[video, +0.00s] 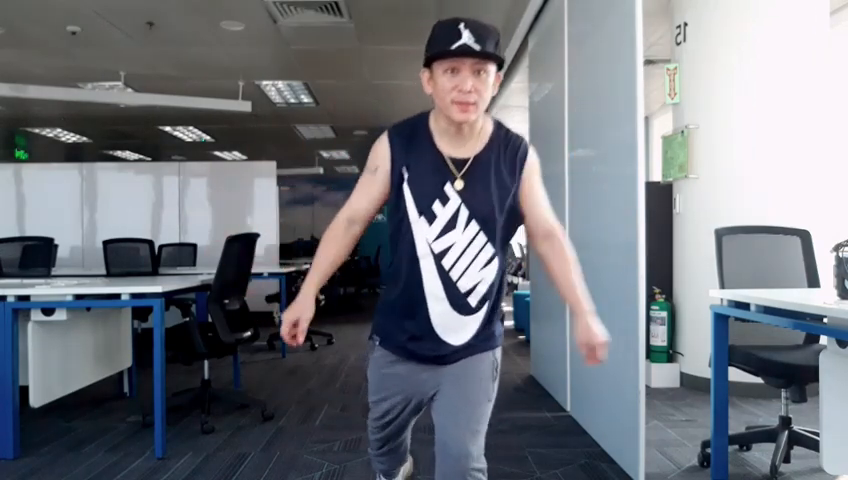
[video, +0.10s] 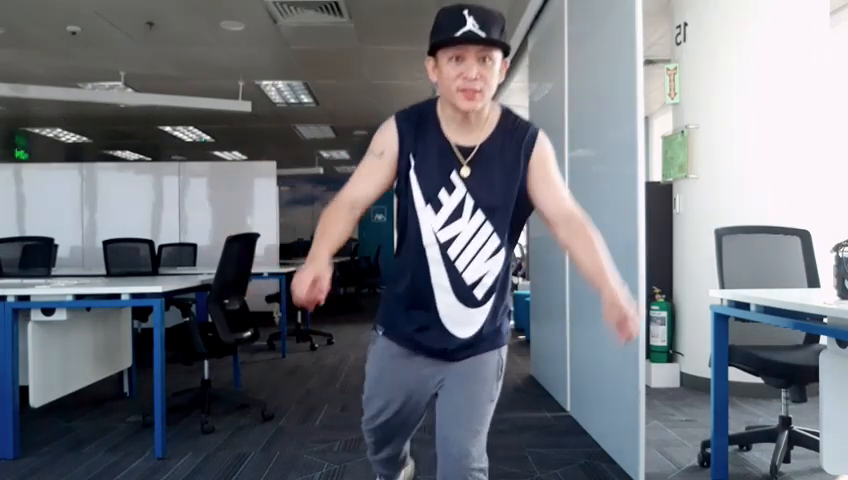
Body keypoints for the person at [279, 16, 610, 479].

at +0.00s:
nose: (466, 85)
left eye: (479, 72)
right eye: (452, 72)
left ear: (495, 81)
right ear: (427, 80)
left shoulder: (515, 154)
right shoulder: (395, 146)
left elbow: (547, 235)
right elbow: (350, 221)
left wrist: (584, 314)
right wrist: (308, 291)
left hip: (474, 344)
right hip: (400, 339)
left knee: (462, 464)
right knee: (384, 441)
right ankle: (394, 473)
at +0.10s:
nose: (471, 72)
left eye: (484, 59)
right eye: (457, 59)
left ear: (501, 69)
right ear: (433, 68)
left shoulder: (527, 144)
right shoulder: (401, 132)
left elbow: (568, 221)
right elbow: (350, 201)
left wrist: (610, 289)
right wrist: (319, 256)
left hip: (479, 340)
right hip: (405, 332)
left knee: (464, 463)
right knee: (380, 432)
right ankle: (391, 470)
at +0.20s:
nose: (472, 62)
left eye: (485, 48)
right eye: (458, 48)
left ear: (506, 56)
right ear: (435, 59)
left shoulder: (538, 128)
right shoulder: (409, 114)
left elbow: (574, 199)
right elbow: (356, 172)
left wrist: (613, 227)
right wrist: (329, 202)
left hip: (489, 337)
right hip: (411, 325)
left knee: (469, 468)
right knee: (372, 456)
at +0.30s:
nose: (478, 50)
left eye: (492, 35)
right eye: (463, 37)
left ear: (512, 44)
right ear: (441, 48)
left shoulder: (546, 117)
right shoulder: (415, 110)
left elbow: (589, 189)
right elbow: (360, 174)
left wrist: (568, 190)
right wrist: (307, 209)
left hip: (496, 337)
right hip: (416, 324)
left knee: (475, 470)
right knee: (370, 460)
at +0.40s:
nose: (485, 38)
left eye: (499, 24)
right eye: (470, 25)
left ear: (520, 35)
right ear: (447, 38)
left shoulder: (553, 107)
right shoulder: (420, 109)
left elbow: (575, 180)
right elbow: (356, 188)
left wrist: (506, 187)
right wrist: (288, 255)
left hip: (506, 335)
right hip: (424, 323)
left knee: (485, 472)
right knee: (390, 459)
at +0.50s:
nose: (489, 34)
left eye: (503, 20)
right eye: (473, 20)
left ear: (525, 31)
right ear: (450, 34)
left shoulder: (558, 105)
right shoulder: (424, 109)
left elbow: (573, 181)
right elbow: (367, 193)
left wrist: (488, 194)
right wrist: (310, 269)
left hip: (515, 333)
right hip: (432, 323)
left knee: (492, 471)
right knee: (413, 464)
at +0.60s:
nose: (492, 32)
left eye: (508, 17)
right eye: (477, 17)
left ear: (529, 30)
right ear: (452, 30)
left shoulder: (561, 105)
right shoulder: (426, 112)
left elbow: (577, 182)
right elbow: (397, 193)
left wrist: (488, 221)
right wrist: (366, 259)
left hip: (522, 331)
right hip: (444, 329)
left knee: (508, 471)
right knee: (461, 470)